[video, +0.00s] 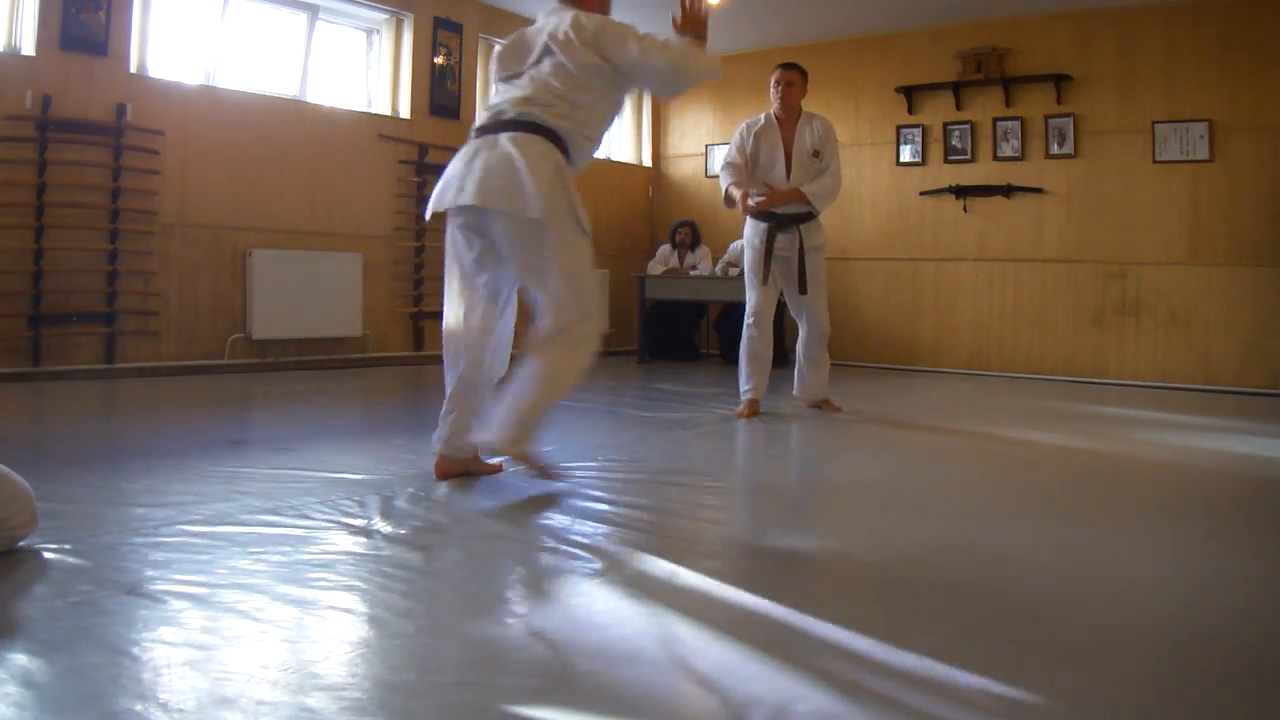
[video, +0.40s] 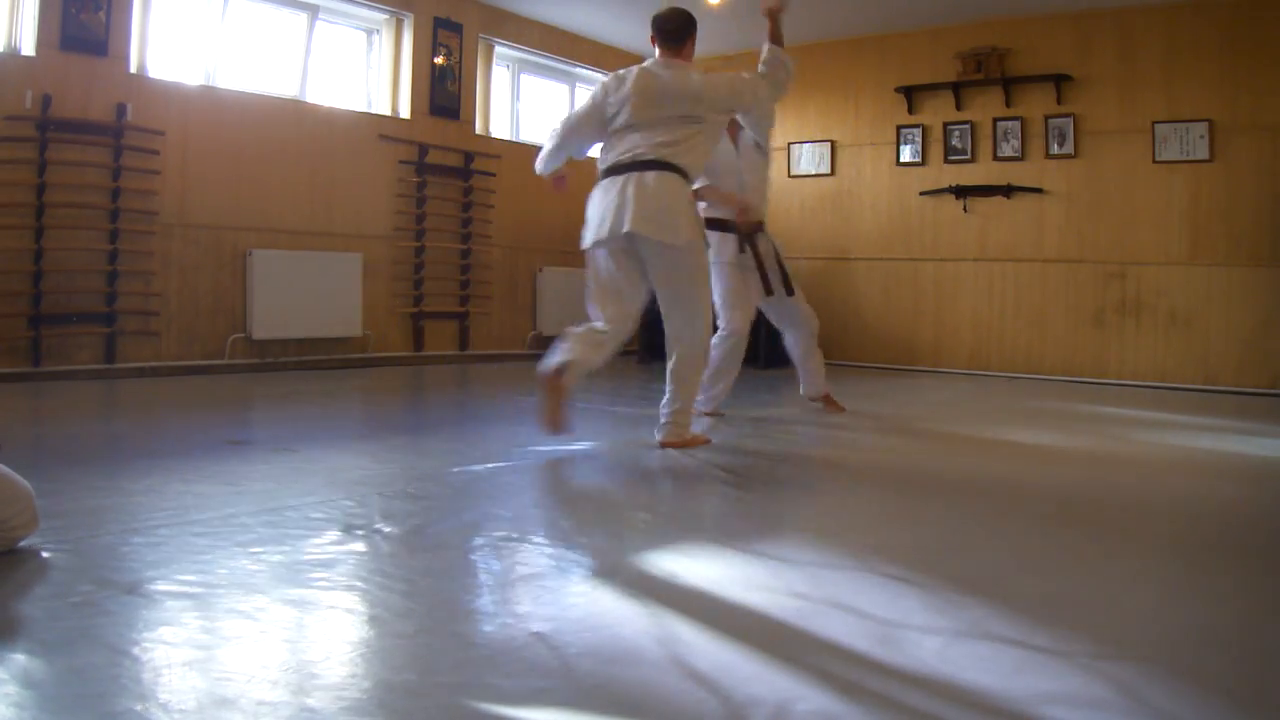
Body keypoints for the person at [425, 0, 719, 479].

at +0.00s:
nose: (609, 12)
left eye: (609, 9)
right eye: (607, 7)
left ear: (557, 2)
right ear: (594, 4)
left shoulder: (519, 44)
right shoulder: (597, 30)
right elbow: (670, 72)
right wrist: (694, 42)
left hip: (468, 170)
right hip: (528, 168)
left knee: (477, 317)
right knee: (574, 319)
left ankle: (455, 449)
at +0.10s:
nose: (637, 14)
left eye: (634, 11)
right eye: (636, 10)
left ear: (585, 7)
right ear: (627, 8)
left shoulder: (547, 47)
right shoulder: (633, 39)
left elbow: (533, 124)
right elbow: (700, 42)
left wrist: (597, 176)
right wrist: (714, 12)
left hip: (500, 175)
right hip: (560, 175)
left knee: (485, 315)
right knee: (618, 305)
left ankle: (453, 435)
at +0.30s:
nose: (684, 45)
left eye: (683, 38)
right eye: (685, 37)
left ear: (642, 32)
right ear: (681, 35)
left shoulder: (601, 73)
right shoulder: (689, 78)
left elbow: (555, 136)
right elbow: (754, 59)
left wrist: (575, 177)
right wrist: (743, 16)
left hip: (578, 191)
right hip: (637, 193)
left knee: (555, 295)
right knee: (665, 315)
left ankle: (496, 381)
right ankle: (672, 426)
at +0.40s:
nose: (683, 47)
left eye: (658, 41)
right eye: (689, 40)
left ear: (651, 42)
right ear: (693, 43)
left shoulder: (621, 83)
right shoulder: (713, 88)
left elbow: (572, 126)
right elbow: (769, 87)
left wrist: (550, 163)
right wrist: (774, 29)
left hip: (608, 202)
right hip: (667, 201)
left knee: (611, 317)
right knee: (689, 320)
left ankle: (561, 365)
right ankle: (675, 428)